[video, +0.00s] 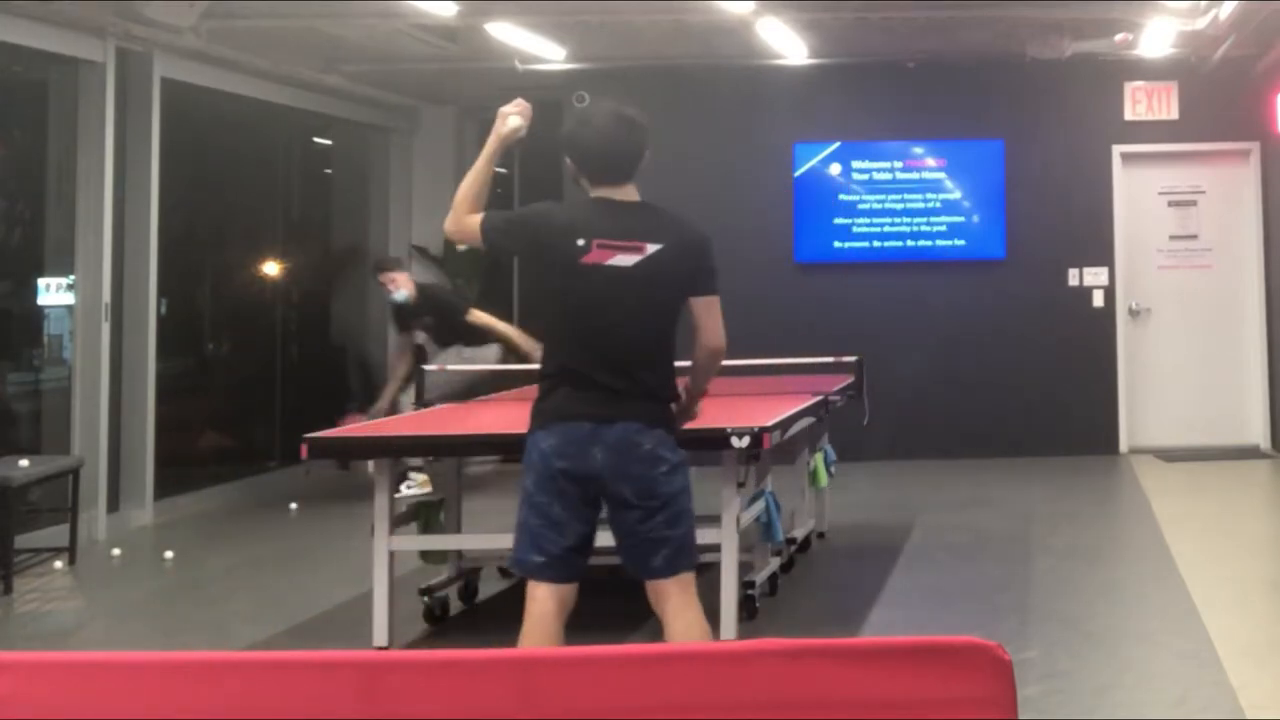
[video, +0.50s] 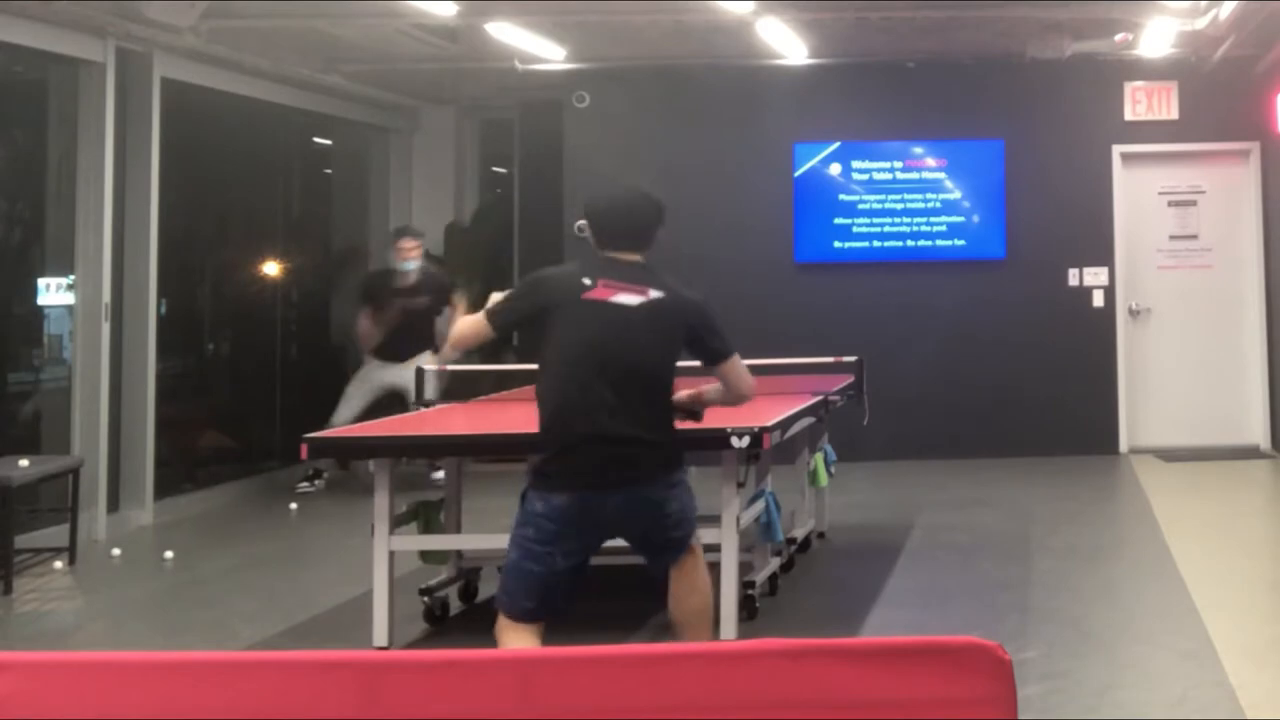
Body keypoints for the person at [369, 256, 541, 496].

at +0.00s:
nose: (391, 289)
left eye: (394, 281)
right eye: (385, 285)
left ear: (407, 275)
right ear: (383, 287)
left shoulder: (434, 295)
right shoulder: (401, 309)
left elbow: (489, 322)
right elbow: (406, 356)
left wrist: (532, 348)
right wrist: (384, 402)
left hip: (483, 348)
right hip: (454, 352)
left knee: (413, 395)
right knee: (407, 396)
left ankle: (418, 473)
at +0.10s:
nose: (372, 281)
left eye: (376, 274)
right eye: (367, 277)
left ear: (390, 272)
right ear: (364, 281)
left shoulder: (416, 291)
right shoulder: (380, 304)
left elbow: (472, 317)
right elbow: (391, 350)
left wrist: (465, 352)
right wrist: (370, 393)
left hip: (450, 349)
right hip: (422, 352)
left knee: (392, 395)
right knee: (376, 402)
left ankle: (410, 467)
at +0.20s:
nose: (366, 275)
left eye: (371, 269)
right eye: (361, 271)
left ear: (383, 268)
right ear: (355, 275)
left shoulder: (402, 290)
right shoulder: (361, 299)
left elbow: (440, 321)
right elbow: (376, 346)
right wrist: (361, 382)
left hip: (426, 361)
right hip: (392, 361)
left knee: (393, 406)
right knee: (362, 411)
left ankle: (384, 474)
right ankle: (324, 470)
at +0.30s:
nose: (366, 275)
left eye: (372, 270)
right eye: (360, 270)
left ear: (382, 270)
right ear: (353, 274)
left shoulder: (398, 297)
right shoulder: (354, 303)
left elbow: (431, 341)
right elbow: (359, 344)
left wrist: (385, 341)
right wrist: (347, 382)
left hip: (409, 368)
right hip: (373, 368)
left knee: (388, 411)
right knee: (338, 419)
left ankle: (375, 473)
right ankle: (319, 472)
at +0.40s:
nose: (378, 269)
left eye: (383, 264)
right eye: (372, 264)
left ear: (392, 264)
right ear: (363, 267)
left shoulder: (411, 296)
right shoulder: (356, 296)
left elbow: (439, 334)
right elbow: (355, 339)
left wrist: (416, 361)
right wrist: (333, 377)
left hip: (405, 367)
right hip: (370, 367)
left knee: (394, 408)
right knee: (336, 420)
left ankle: (398, 473)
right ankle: (320, 472)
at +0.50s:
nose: (408, 256)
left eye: (413, 250)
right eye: (402, 250)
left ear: (422, 251)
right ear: (393, 253)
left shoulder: (436, 283)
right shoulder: (378, 282)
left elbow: (458, 307)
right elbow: (364, 321)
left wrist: (448, 346)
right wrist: (371, 349)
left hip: (420, 362)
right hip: (379, 363)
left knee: (429, 418)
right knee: (341, 418)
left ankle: (437, 467)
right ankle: (318, 472)